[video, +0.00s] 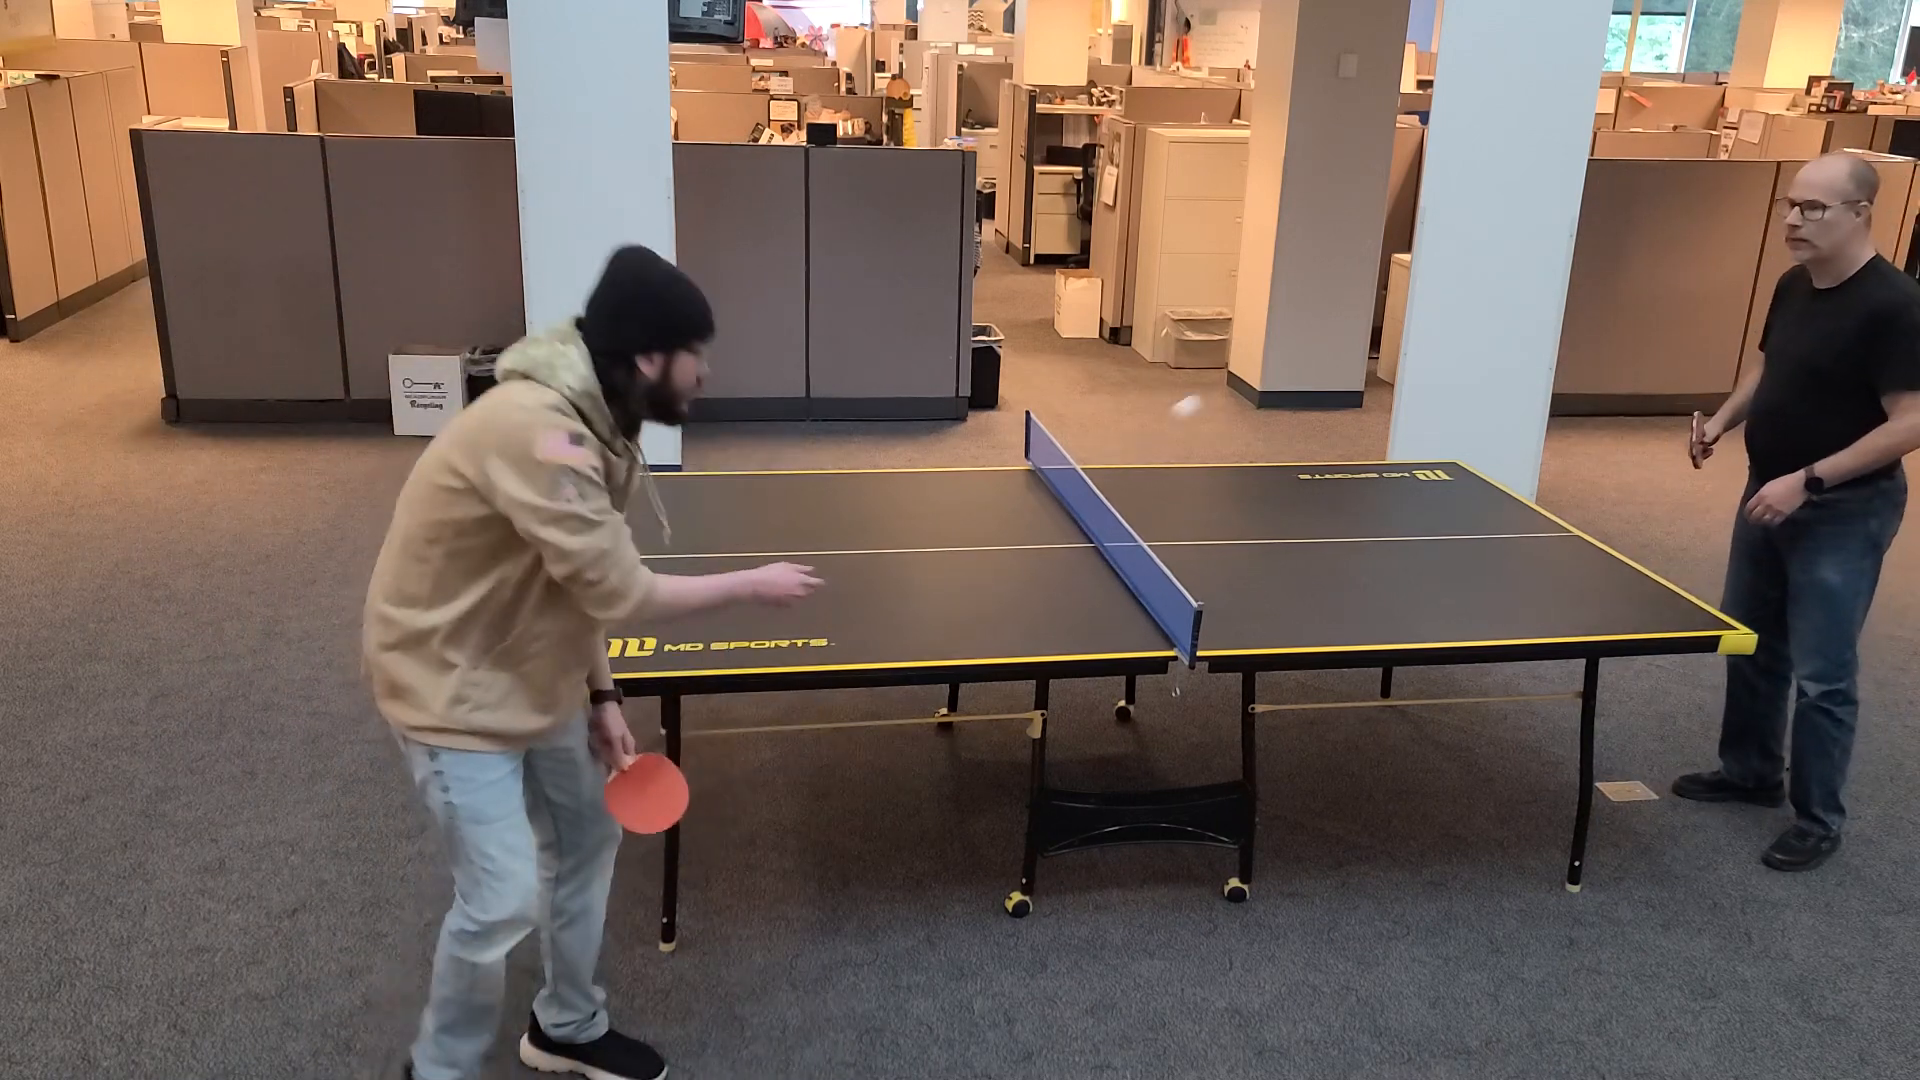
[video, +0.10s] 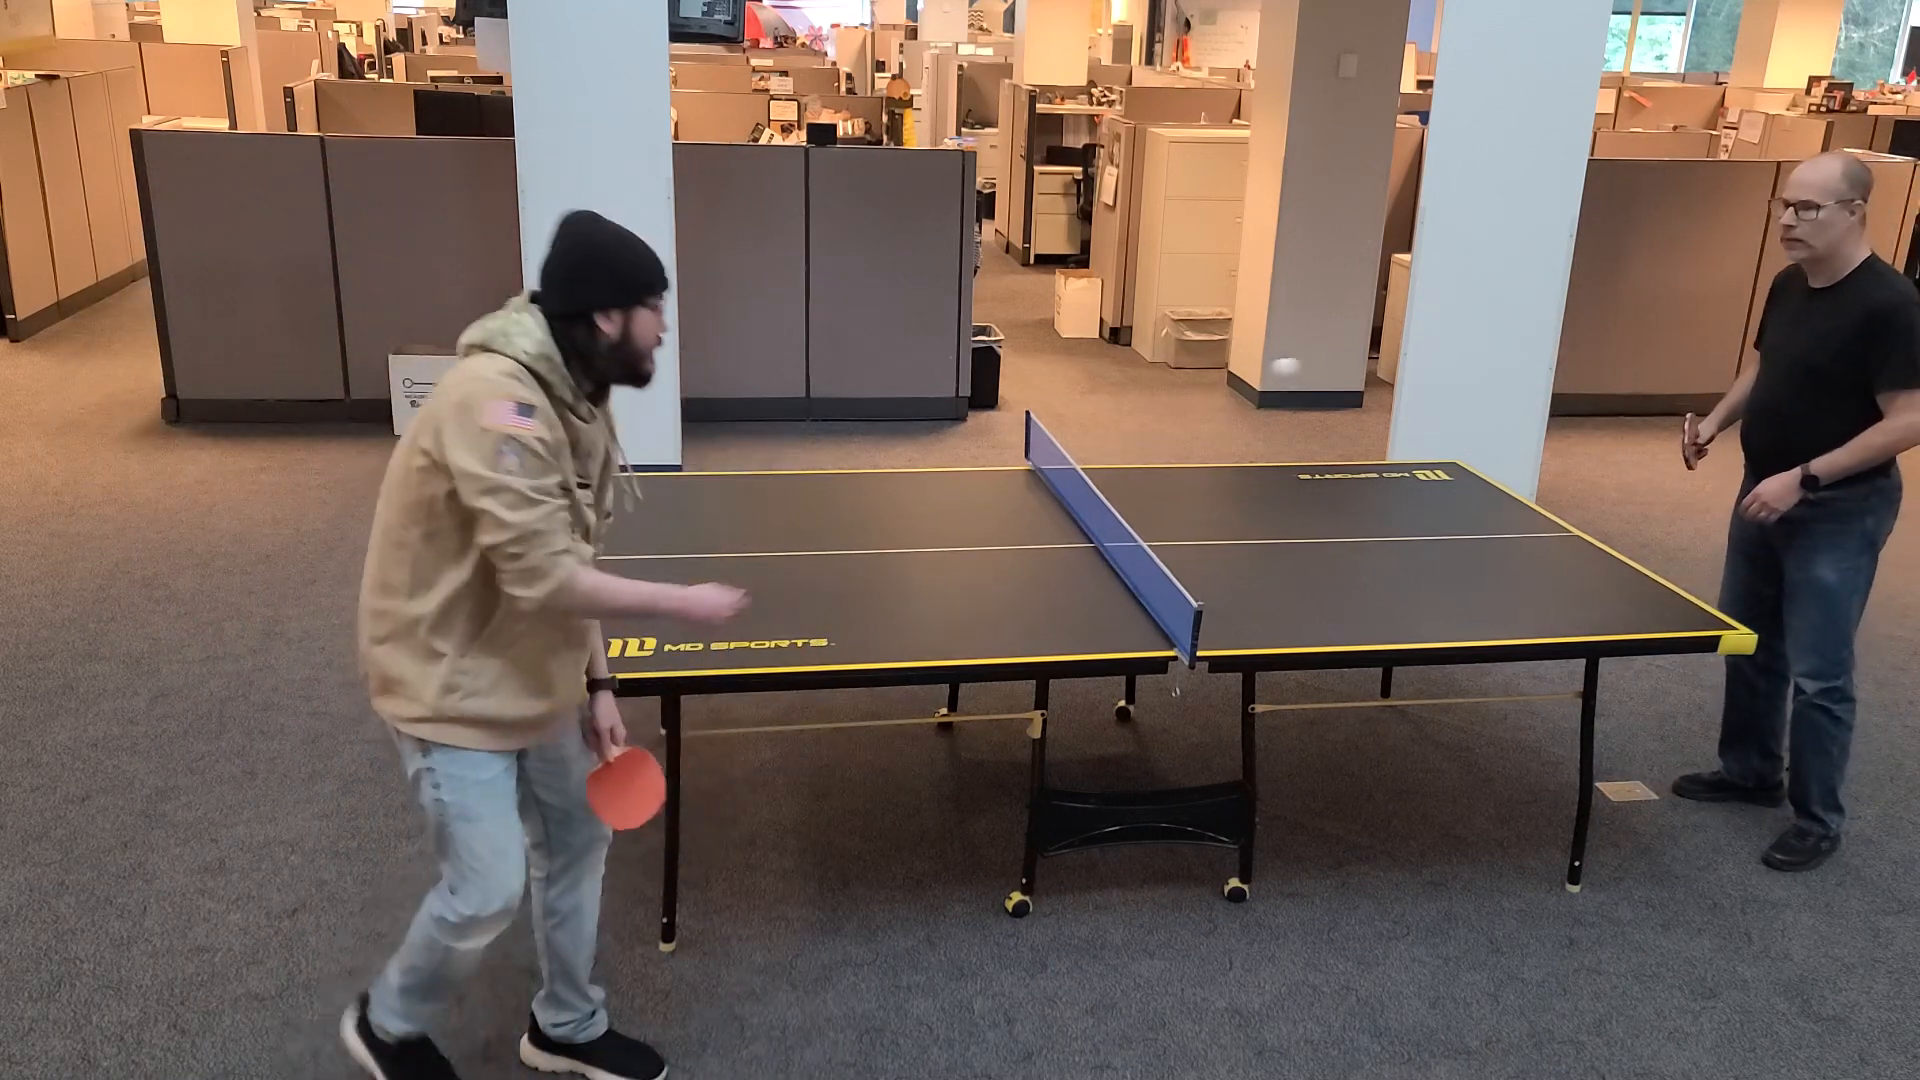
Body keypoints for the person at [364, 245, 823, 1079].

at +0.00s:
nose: (703, 373)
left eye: (703, 355)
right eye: (695, 355)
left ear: (641, 356)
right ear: (644, 358)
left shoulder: (598, 426)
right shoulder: (537, 432)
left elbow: (574, 582)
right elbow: (620, 597)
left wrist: (601, 695)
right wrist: (748, 586)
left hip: (532, 666)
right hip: (445, 674)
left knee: (585, 835)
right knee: (503, 893)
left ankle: (567, 1025)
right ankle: (443, 1067)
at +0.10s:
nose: (664, 327)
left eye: (661, 309)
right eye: (653, 310)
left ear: (601, 319)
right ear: (601, 318)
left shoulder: (573, 398)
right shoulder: (496, 404)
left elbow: (573, 553)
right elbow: (541, 577)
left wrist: (597, 681)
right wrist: (682, 602)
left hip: (532, 660)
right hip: (446, 670)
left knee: (575, 840)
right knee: (488, 886)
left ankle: (567, 1024)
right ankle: (387, 1023)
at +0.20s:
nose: (618, 302)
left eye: (615, 283)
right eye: (604, 284)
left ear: (551, 293)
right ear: (550, 293)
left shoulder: (548, 380)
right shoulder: (448, 386)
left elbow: (556, 546)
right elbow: (451, 567)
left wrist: (579, 669)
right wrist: (595, 642)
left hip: (537, 673)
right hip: (443, 684)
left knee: (570, 848)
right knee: (454, 885)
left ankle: (567, 1022)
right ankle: (340, 984)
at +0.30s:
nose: (566, 292)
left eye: (560, 274)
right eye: (551, 276)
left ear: (505, 289)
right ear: (500, 290)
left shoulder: (512, 385)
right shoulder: (396, 393)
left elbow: (530, 542)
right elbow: (370, 566)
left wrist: (566, 657)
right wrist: (486, 672)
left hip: (513, 677)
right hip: (414, 690)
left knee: (564, 849)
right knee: (415, 879)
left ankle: (568, 1024)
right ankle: (305, 1000)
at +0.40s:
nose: (515, 286)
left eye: (509, 268)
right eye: (498, 270)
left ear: (450, 285)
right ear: (445, 285)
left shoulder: (465, 380)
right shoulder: (345, 392)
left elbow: (493, 529)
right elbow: (296, 566)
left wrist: (535, 641)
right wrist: (388, 688)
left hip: (475, 667)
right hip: (380, 687)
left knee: (529, 842)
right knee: (366, 868)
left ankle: (564, 1020)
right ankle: (295, 1007)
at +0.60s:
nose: (431, 255)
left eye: (426, 238)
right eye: (414, 241)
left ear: (367, 256)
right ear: (359, 257)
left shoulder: (391, 348)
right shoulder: (260, 373)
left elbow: (415, 493)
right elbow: (204, 536)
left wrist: (447, 601)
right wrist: (250, 683)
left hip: (410, 639)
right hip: (321, 660)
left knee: (460, 806)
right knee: (325, 845)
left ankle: (475, 984)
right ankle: (293, 1006)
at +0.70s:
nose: (402, 239)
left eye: (396, 220)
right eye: (384, 225)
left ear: (341, 237)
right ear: (327, 242)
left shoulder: (368, 333)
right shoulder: (228, 361)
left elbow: (392, 473)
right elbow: (169, 522)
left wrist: (419, 584)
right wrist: (215, 660)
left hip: (389, 625)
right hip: (297, 648)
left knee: (436, 773)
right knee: (302, 836)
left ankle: (405, 932)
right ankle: (292, 1002)